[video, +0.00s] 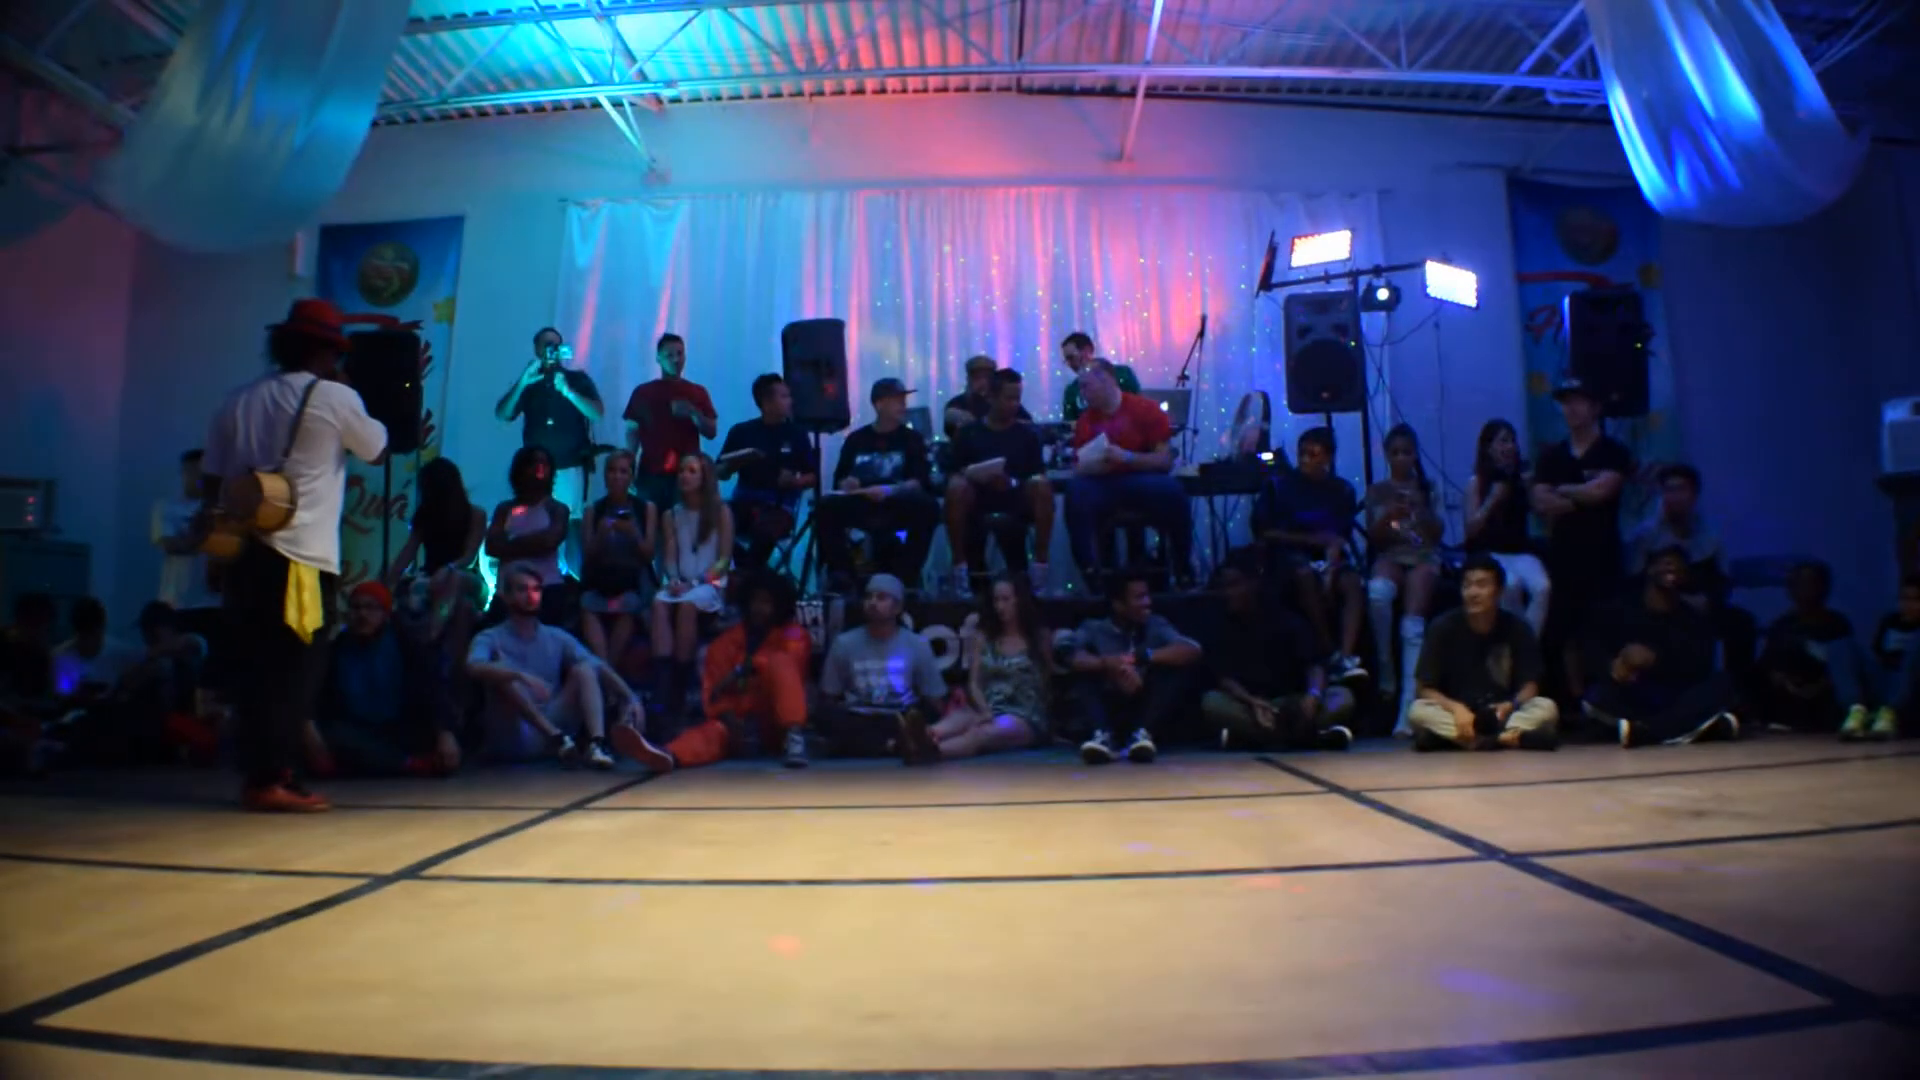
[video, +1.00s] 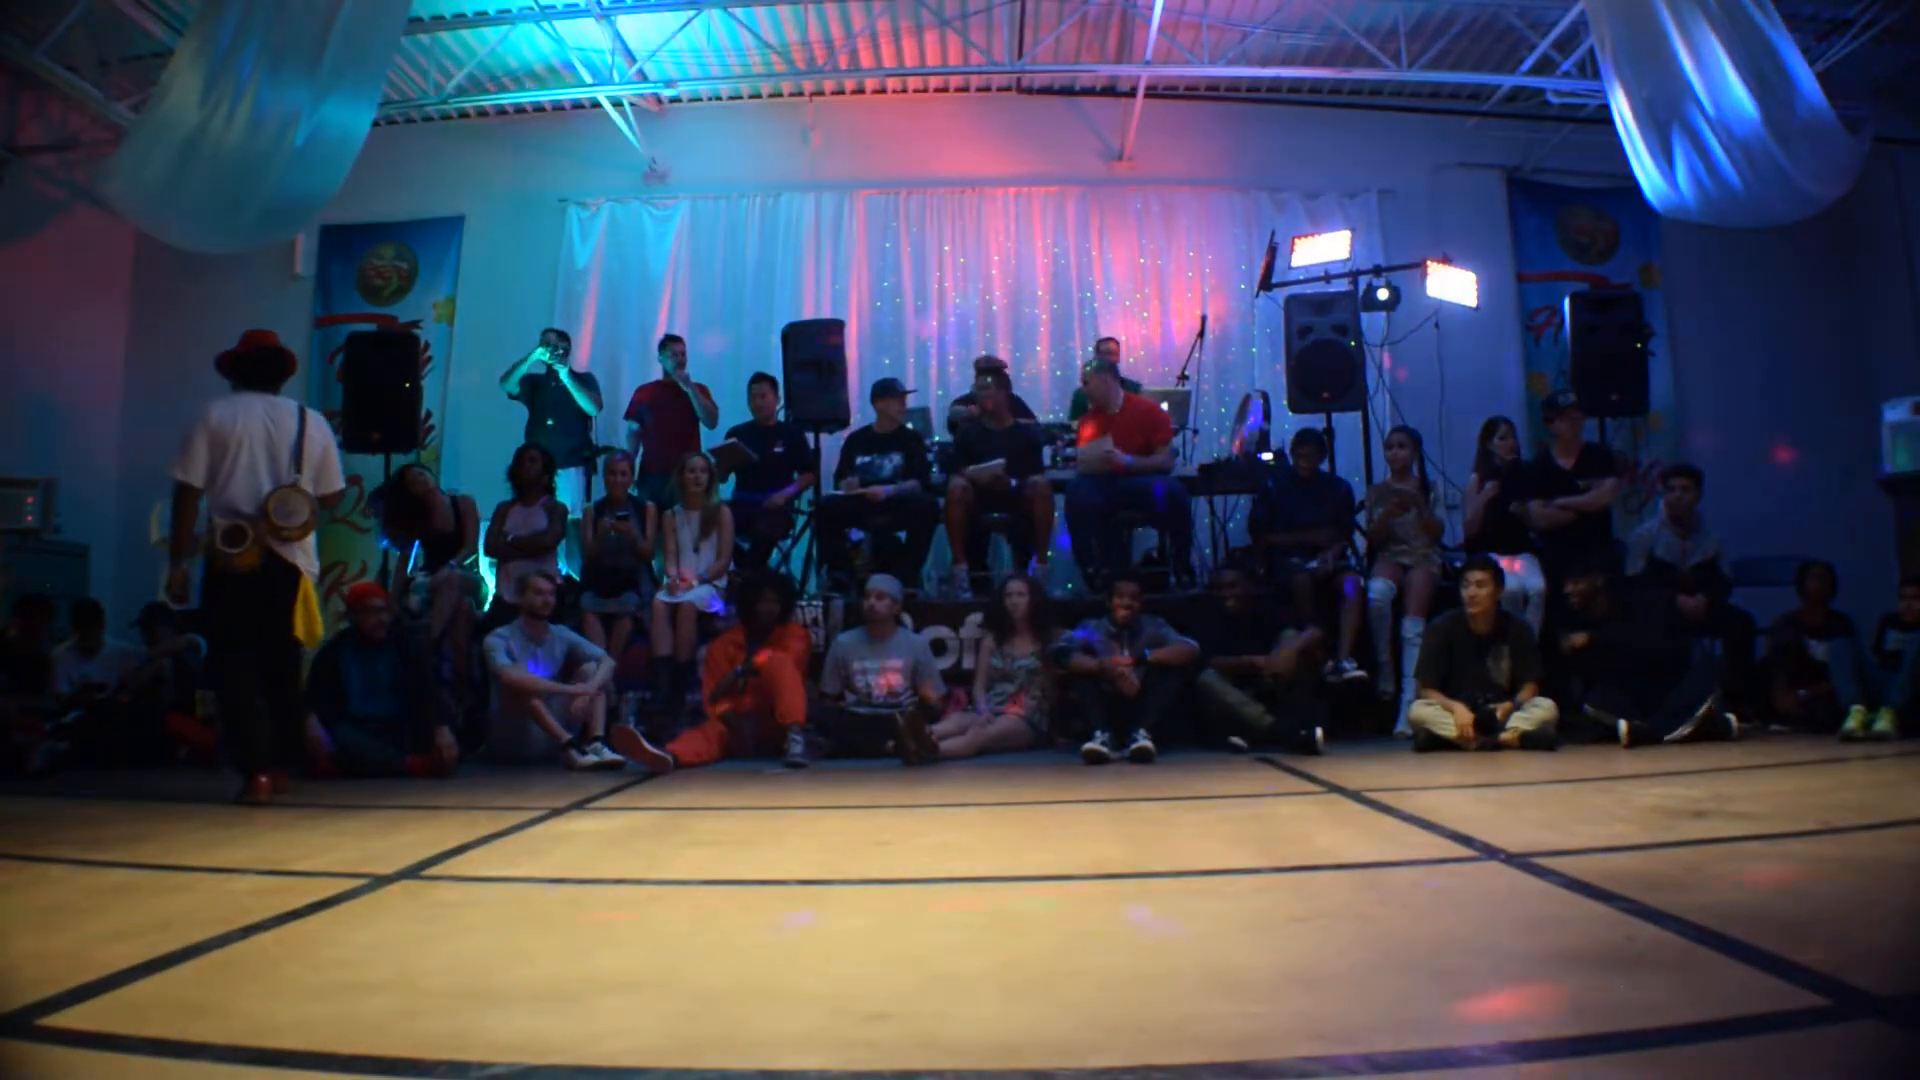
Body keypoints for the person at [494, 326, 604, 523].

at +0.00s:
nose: (551, 350)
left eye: (555, 345)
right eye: (546, 345)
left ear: (562, 349)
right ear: (536, 350)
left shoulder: (577, 379)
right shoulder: (529, 383)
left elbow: (596, 414)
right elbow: (504, 415)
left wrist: (566, 391)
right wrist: (523, 382)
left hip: (570, 464)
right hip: (537, 465)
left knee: (570, 524)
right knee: (535, 524)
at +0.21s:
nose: (552, 351)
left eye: (557, 346)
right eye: (547, 346)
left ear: (564, 349)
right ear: (537, 349)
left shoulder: (580, 379)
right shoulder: (531, 382)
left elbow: (595, 411)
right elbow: (505, 393)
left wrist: (567, 379)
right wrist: (531, 365)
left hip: (571, 462)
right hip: (537, 463)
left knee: (569, 523)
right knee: (535, 523)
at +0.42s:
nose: (553, 350)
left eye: (558, 345)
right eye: (547, 345)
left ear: (567, 348)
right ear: (541, 350)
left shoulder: (582, 380)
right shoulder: (533, 383)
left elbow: (594, 409)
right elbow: (507, 384)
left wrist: (567, 375)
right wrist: (536, 361)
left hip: (571, 461)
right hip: (537, 462)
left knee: (569, 522)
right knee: (535, 521)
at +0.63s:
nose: (554, 352)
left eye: (559, 348)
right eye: (549, 347)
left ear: (568, 350)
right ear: (542, 351)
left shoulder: (583, 380)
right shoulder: (534, 383)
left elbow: (594, 409)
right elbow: (507, 382)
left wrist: (567, 376)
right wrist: (537, 358)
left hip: (571, 461)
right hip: (538, 462)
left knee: (569, 521)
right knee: (535, 520)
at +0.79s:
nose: (555, 354)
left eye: (561, 349)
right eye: (550, 349)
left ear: (569, 352)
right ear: (543, 352)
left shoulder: (583, 380)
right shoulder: (534, 382)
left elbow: (594, 408)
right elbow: (507, 380)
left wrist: (566, 374)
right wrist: (535, 355)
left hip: (573, 461)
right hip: (538, 461)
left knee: (570, 522)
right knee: (536, 520)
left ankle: (572, 577)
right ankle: (537, 578)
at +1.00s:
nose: (555, 353)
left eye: (561, 348)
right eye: (550, 348)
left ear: (569, 351)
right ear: (542, 350)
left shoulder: (583, 380)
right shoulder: (534, 382)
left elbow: (593, 408)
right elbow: (507, 385)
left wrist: (565, 375)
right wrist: (533, 357)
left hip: (572, 461)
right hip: (538, 461)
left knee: (572, 523)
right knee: (535, 520)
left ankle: (573, 577)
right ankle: (537, 578)